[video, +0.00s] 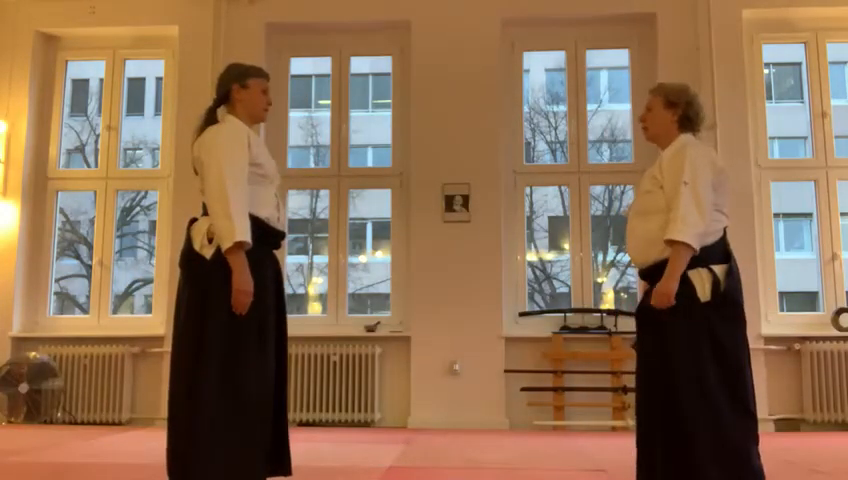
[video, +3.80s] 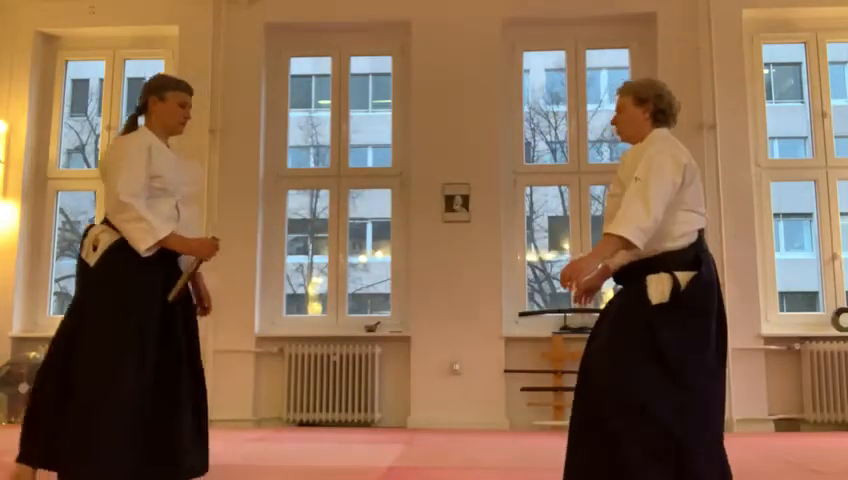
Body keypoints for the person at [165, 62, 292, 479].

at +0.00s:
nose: (269, 99)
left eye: (269, 92)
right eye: (262, 92)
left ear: (246, 97)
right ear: (236, 94)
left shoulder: (246, 136)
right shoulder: (226, 133)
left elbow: (245, 202)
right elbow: (223, 198)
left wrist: (265, 256)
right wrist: (239, 264)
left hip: (249, 256)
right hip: (230, 259)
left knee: (246, 366)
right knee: (230, 366)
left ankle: (242, 463)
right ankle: (225, 465)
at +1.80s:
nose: (270, 102)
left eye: (270, 94)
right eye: (264, 93)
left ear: (242, 94)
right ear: (239, 92)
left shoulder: (241, 134)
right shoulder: (228, 134)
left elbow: (242, 198)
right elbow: (240, 198)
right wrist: (299, 235)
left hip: (235, 255)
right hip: (230, 258)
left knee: (237, 364)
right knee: (235, 364)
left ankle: (230, 464)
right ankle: (232, 465)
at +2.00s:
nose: (273, 102)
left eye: (274, 94)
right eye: (267, 93)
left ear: (243, 96)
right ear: (240, 92)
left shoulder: (223, 133)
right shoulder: (238, 134)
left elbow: (254, 193)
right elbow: (262, 189)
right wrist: (324, 200)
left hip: (214, 249)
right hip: (234, 255)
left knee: (217, 359)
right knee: (238, 360)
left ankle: (214, 463)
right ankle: (236, 464)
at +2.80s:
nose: (262, 108)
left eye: (263, 100)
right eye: (256, 99)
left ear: (236, 98)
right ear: (229, 94)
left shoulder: (232, 140)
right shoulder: (213, 137)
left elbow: (227, 202)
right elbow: (216, 199)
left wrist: (279, 217)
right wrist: (281, 215)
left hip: (217, 258)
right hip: (199, 259)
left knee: (220, 364)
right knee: (205, 365)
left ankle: (213, 464)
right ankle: (201, 466)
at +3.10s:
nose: (237, 115)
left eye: (239, 108)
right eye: (231, 106)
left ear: (213, 105)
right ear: (205, 101)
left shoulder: (207, 146)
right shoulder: (185, 141)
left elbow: (207, 216)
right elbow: (173, 204)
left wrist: (227, 272)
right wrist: (235, 237)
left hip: (197, 265)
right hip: (175, 265)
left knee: (198, 375)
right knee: (177, 377)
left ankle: (195, 469)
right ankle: (176, 471)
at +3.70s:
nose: (196, 114)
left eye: (198, 108)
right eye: (190, 105)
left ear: (183, 110)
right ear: (162, 103)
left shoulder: (176, 154)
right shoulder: (141, 144)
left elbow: (180, 219)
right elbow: (134, 208)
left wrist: (200, 275)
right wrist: (193, 238)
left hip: (168, 264)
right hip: (136, 263)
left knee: (165, 366)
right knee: (129, 365)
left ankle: (159, 464)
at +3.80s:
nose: (188, 114)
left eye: (190, 108)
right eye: (181, 106)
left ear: (169, 110)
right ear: (153, 104)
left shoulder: (168, 154)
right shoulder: (131, 146)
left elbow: (171, 220)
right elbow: (125, 210)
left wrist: (195, 276)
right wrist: (185, 244)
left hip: (161, 267)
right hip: (126, 265)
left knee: (158, 371)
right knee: (109, 367)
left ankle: (153, 465)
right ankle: (30, 460)